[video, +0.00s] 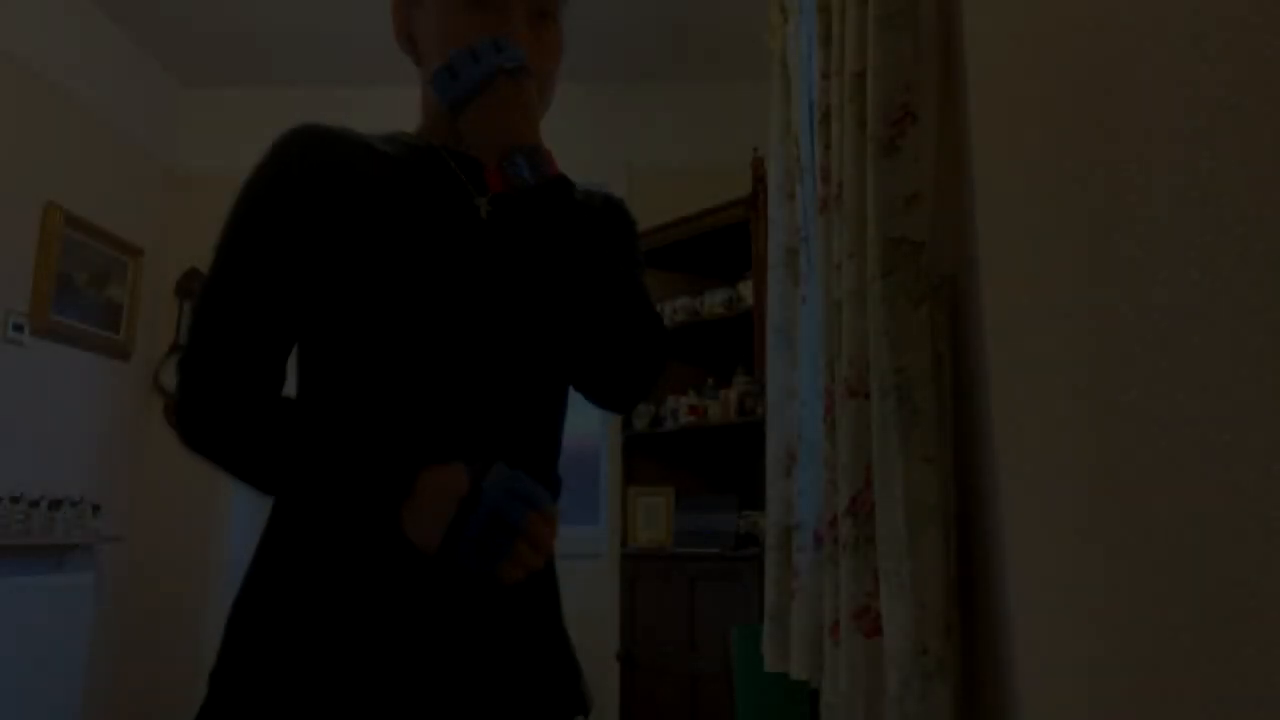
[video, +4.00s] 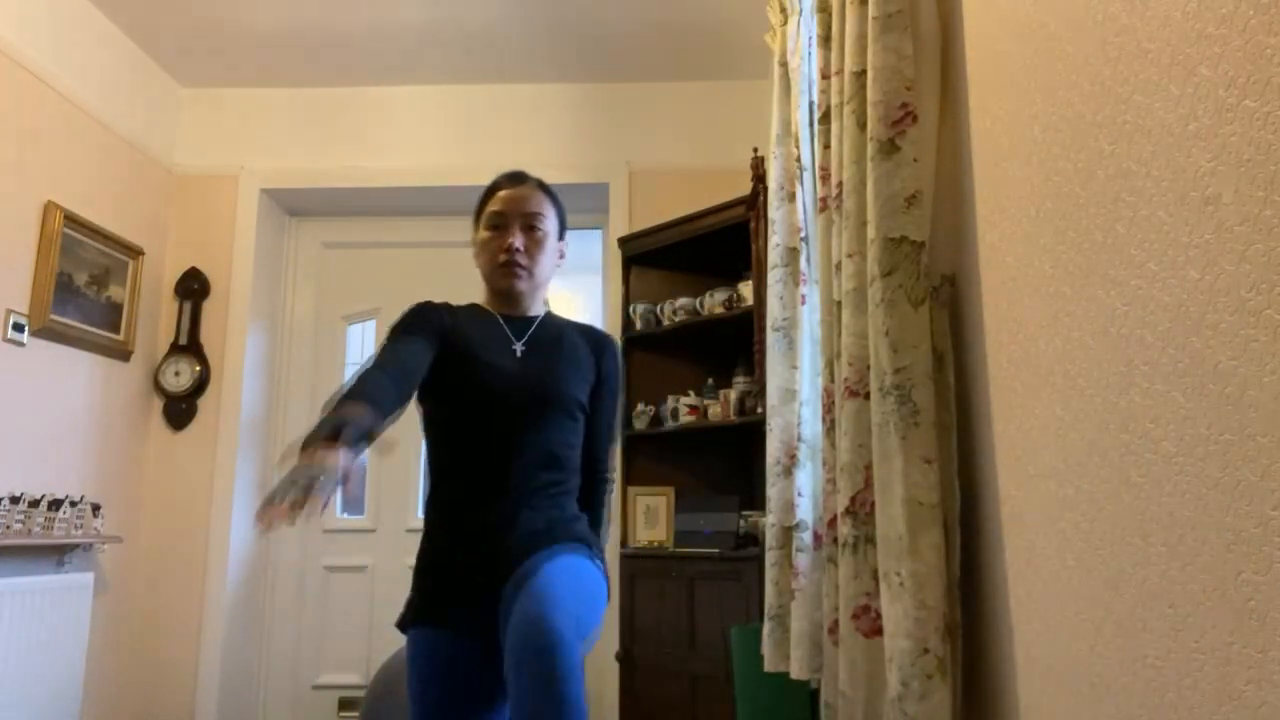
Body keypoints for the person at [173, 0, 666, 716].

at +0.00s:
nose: (504, 42)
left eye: (533, 18)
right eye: (476, 8)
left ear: (560, 44)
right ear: (407, 25)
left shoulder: (585, 225)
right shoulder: (319, 171)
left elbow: (624, 380)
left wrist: (525, 168)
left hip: (501, 648)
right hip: (320, 630)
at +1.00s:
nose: (436, 185)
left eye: (457, 168)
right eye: (412, 163)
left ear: (476, 193)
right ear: (374, 185)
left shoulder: (512, 308)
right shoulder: (318, 302)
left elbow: (496, 437)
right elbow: (253, 460)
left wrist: (431, 299)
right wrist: (184, 614)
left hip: (459, 628)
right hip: (326, 623)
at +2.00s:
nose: (515, 247)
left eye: (522, 234)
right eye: (495, 225)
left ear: (524, 251)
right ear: (437, 239)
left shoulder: (533, 357)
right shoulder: (385, 317)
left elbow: (550, 479)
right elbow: (380, 336)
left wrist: (578, 598)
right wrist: (455, 311)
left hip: (486, 546)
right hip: (391, 566)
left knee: (485, 622)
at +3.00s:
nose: (537, 247)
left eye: (557, 231)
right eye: (522, 231)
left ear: (590, 248)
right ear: (505, 245)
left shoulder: (621, 336)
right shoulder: (473, 344)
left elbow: (685, 373)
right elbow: (425, 471)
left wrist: (664, 352)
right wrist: (369, 596)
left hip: (591, 555)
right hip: (495, 547)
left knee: (601, 709)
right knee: (496, 646)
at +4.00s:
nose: (513, 240)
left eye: (533, 228)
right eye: (498, 226)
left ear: (559, 253)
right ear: (475, 245)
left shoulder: (595, 350)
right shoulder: (437, 324)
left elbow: (594, 477)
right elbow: (386, 380)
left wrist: (586, 562)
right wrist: (334, 440)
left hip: (555, 552)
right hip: (455, 561)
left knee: (543, 633)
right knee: (440, 707)